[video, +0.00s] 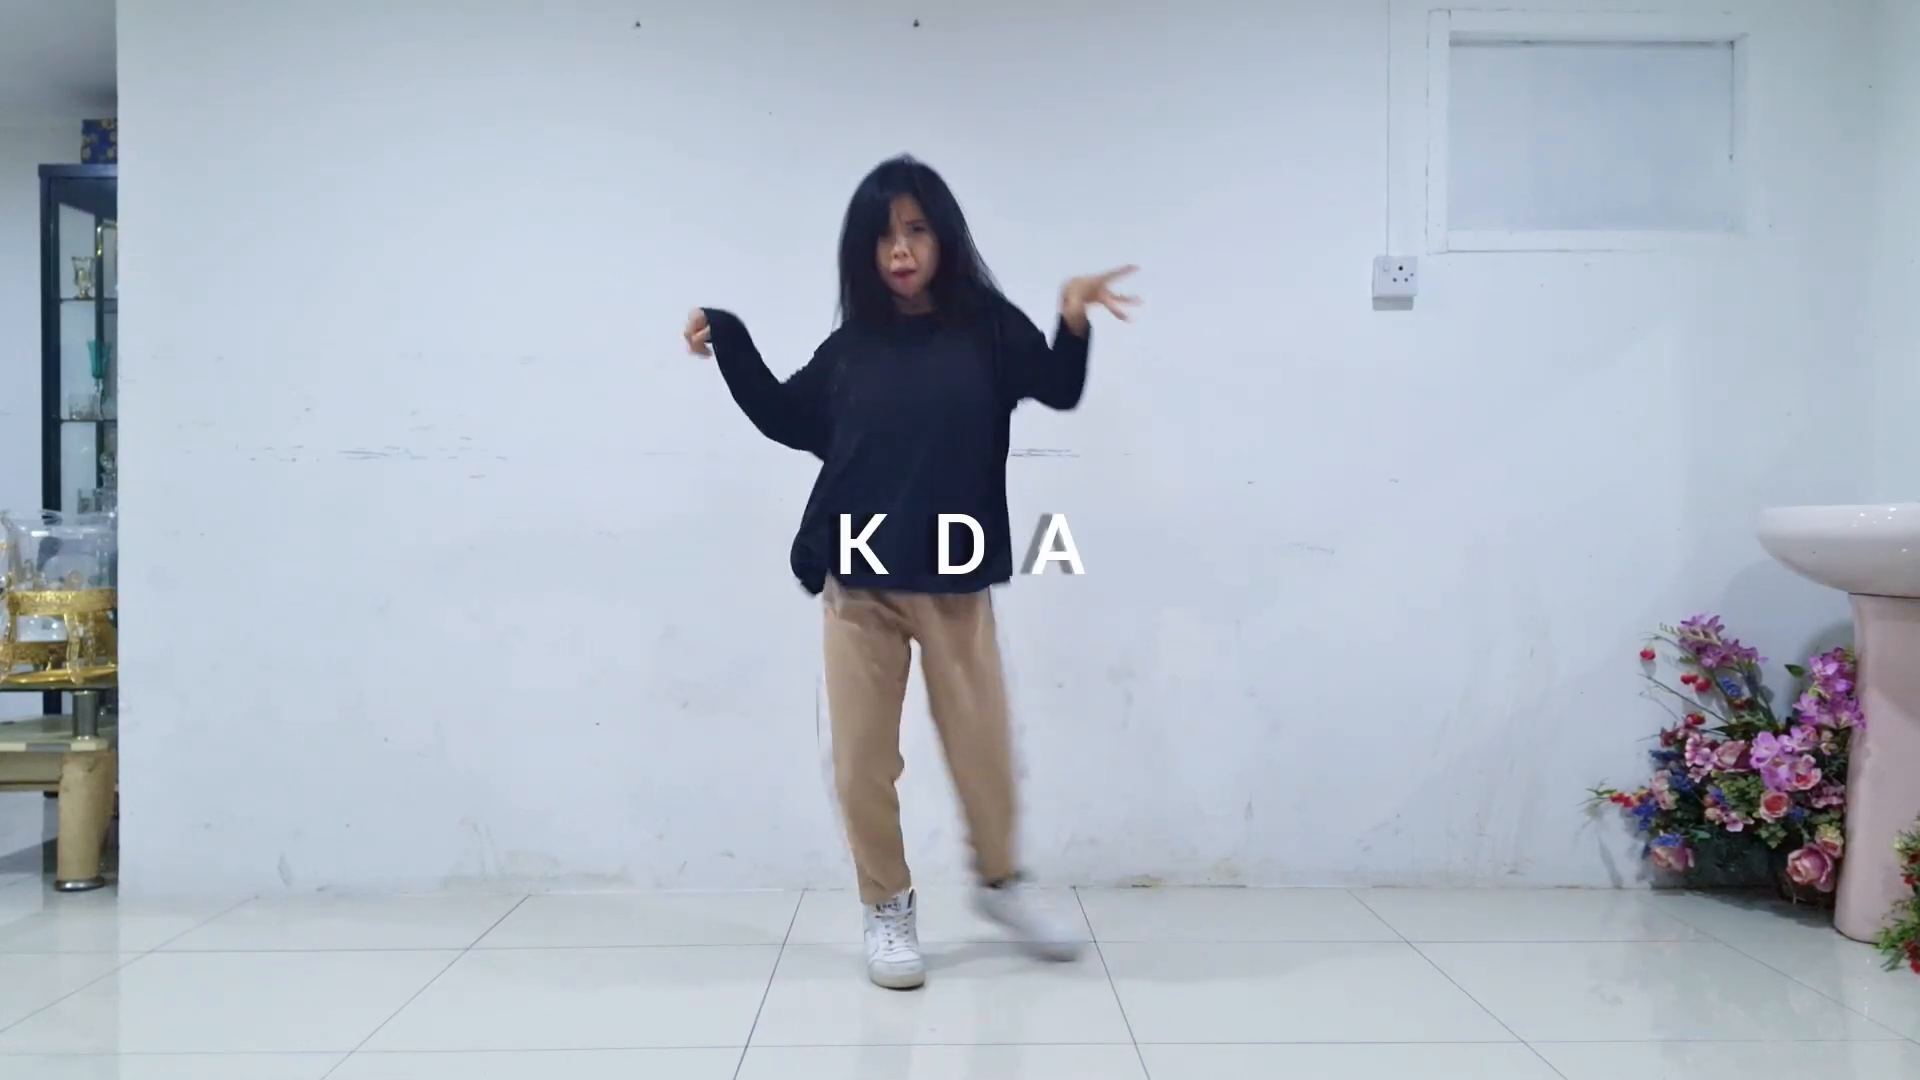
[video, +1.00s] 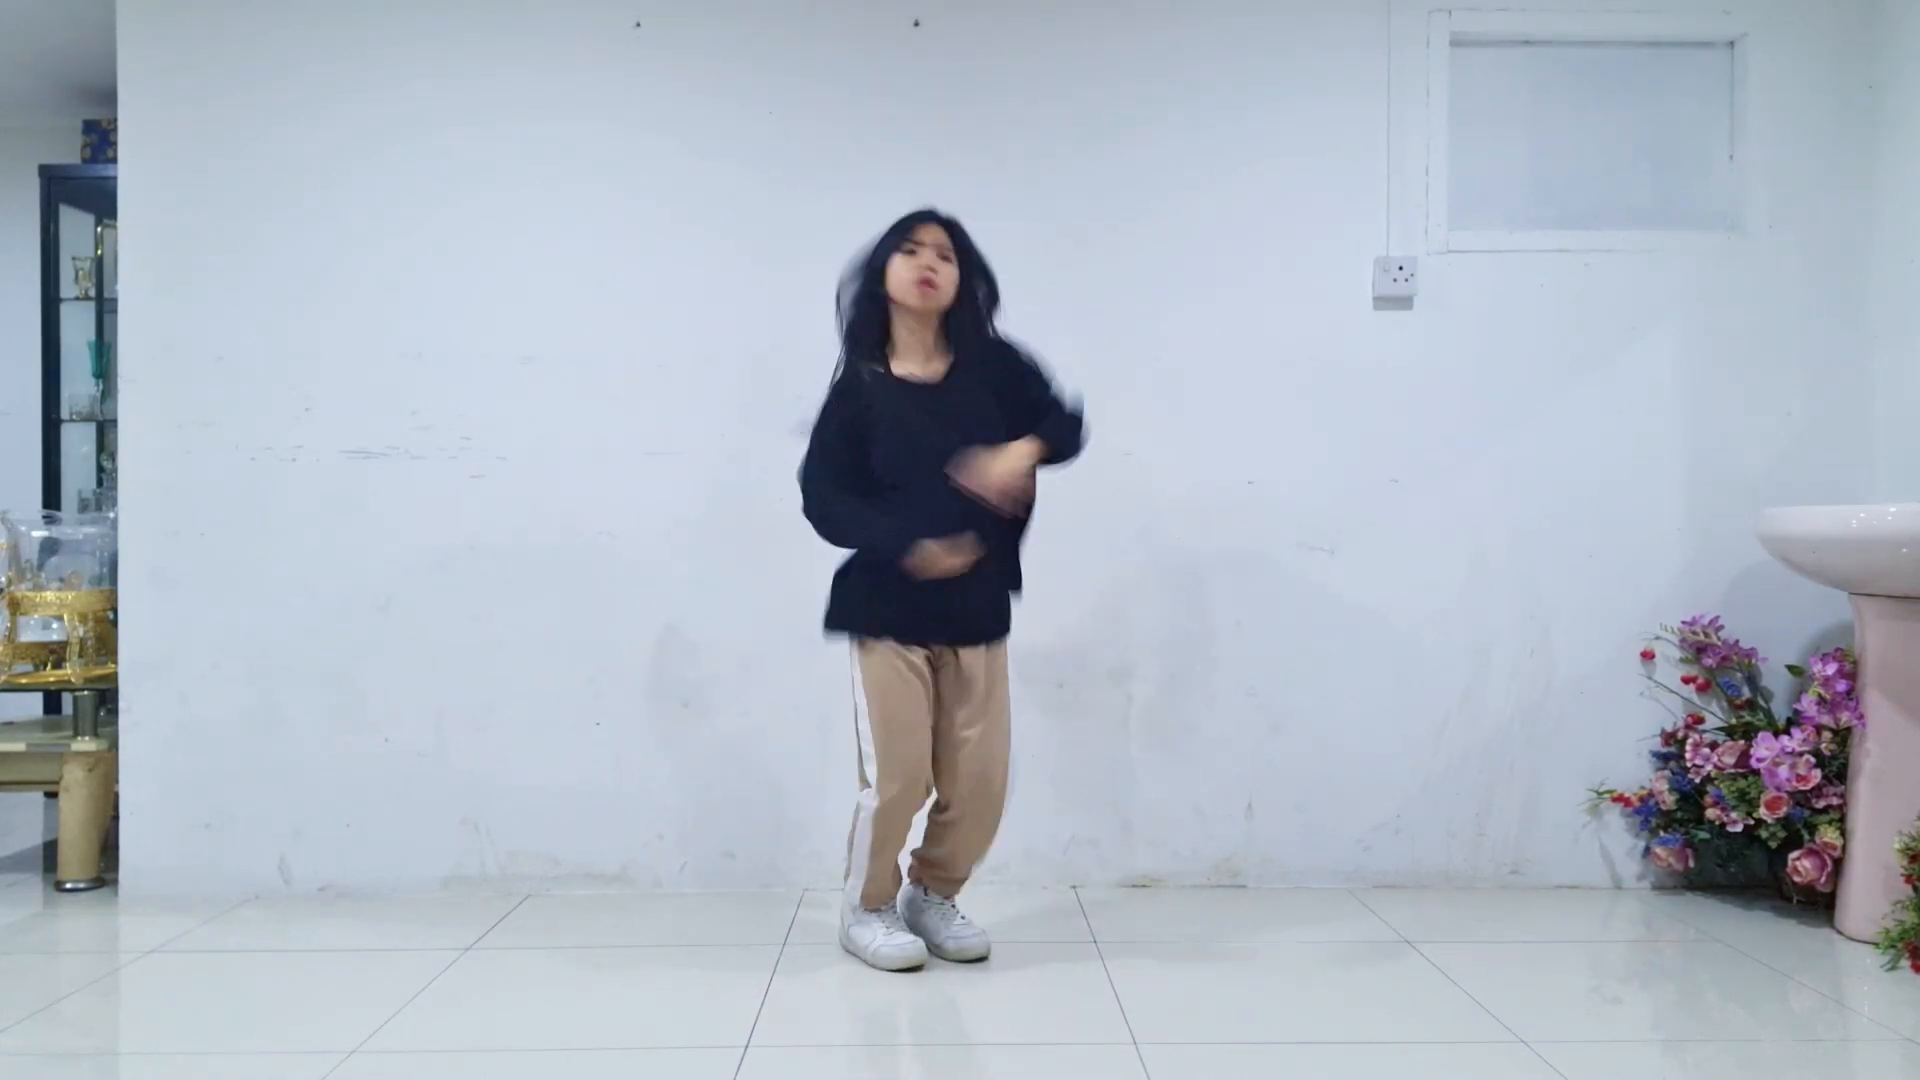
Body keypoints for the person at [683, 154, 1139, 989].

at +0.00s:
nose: (901, 254)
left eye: (917, 235)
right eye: (885, 239)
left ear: (945, 240)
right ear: (864, 250)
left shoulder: (989, 324)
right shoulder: (850, 344)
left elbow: (1061, 389)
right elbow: (787, 418)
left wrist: (1072, 319)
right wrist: (731, 342)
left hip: (956, 586)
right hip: (857, 588)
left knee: (984, 748)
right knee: (861, 764)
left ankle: (1000, 885)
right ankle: (886, 911)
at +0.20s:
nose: (893, 240)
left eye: (909, 222)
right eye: (875, 226)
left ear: (934, 229)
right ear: (853, 239)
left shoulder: (978, 288)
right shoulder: (847, 333)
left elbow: (1054, 343)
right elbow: (840, 468)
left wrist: (1017, 367)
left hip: (952, 561)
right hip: (857, 565)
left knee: (920, 742)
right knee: (860, 751)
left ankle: (933, 897)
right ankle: (875, 908)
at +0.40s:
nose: (900, 230)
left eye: (917, 215)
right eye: (885, 215)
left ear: (938, 226)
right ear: (860, 227)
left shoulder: (983, 322)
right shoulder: (832, 332)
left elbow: (1015, 421)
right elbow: (827, 459)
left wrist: (1008, 511)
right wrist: (885, 562)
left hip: (965, 554)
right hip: (866, 558)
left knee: (957, 724)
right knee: (871, 744)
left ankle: (963, 841)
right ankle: (881, 906)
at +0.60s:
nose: (930, 220)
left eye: (946, 210)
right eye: (913, 209)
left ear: (966, 236)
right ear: (886, 229)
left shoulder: (987, 341)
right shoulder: (846, 326)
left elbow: (1036, 416)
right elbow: (819, 437)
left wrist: (1031, 480)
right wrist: (883, 536)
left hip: (972, 563)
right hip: (875, 565)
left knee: (959, 742)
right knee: (884, 738)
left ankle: (953, 875)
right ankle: (897, 905)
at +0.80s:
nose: (929, 209)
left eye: (946, 202)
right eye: (912, 201)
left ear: (967, 234)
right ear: (888, 230)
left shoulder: (999, 315)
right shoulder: (853, 326)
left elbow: (1024, 423)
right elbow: (823, 434)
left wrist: (1022, 518)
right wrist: (874, 519)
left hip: (977, 556)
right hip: (879, 553)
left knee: (981, 728)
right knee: (911, 702)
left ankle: (960, 880)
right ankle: (905, 855)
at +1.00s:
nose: (927, 264)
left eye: (943, 256)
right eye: (911, 251)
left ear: (962, 281)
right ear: (881, 272)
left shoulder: (997, 366)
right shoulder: (860, 387)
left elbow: (1066, 427)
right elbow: (823, 497)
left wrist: (1022, 453)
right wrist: (906, 545)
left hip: (976, 614)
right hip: (888, 612)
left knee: (978, 781)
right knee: (904, 774)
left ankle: (932, 897)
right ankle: (870, 912)